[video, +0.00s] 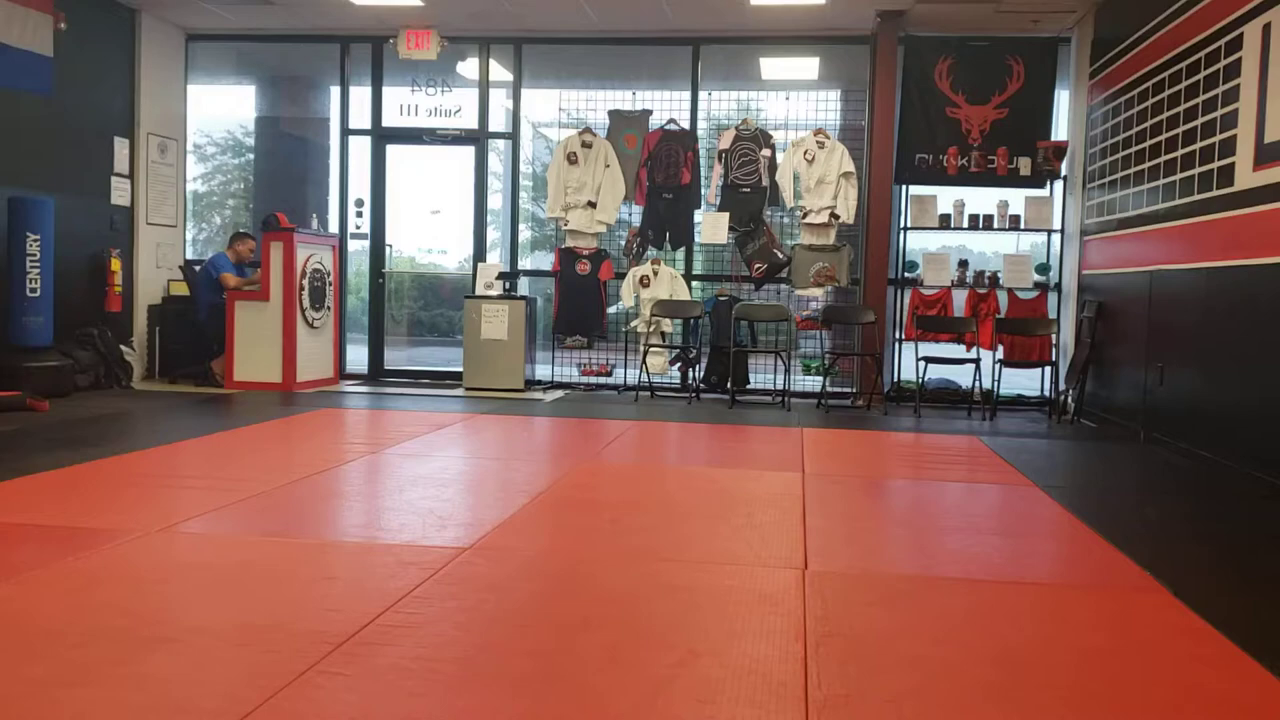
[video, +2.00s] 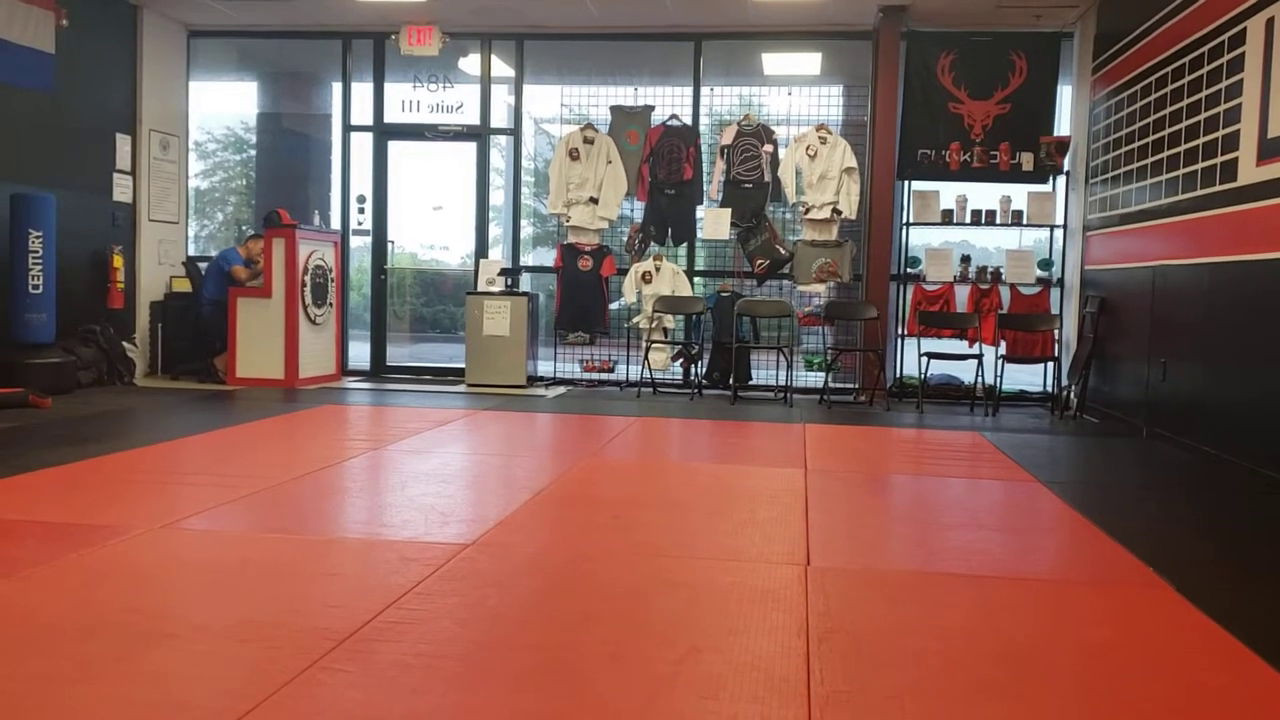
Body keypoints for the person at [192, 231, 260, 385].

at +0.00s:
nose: (252, 256)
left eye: (253, 252)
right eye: (250, 251)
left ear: (238, 247)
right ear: (237, 246)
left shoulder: (237, 266)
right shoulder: (219, 259)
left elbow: (244, 283)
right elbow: (229, 283)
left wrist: (262, 278)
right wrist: (253, 280)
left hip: (225, 311)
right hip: (208, 312)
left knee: (252, 330)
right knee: (246, 333)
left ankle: (222, 366)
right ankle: (218, 365)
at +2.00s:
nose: (261, 255)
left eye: (263, 252)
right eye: (260, 250)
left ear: (250, 245)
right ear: (250, 244)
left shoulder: (243, 259)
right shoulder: (230, 255)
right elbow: (241, 276)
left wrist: (262, 266)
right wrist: (259, 269)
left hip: (225, 305)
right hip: (212, 306)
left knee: (252, 328)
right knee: (247, 332)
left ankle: (222, 363)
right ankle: (220, 363)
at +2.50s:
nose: (262, 256)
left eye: (264, 252)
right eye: (261, 251)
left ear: (252, 246)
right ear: (250, 245)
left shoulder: (244, 261)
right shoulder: (231, 254)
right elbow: (236, 275)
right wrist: (256, 273)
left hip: (227, 306)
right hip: (213, 307)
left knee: (254, 329)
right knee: (249, 332)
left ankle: (224, 363)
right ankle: (221, 362)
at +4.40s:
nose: (262, 255)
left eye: (263, 251)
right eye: (260, 249)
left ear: (247, 246)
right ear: (247, 245)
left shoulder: (245, 263)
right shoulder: (229, 256)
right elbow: (235, 279)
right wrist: (257, 278)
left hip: (229, 308)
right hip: (214, 310)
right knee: (253, 331)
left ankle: (227, 362)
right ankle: (223, 362)